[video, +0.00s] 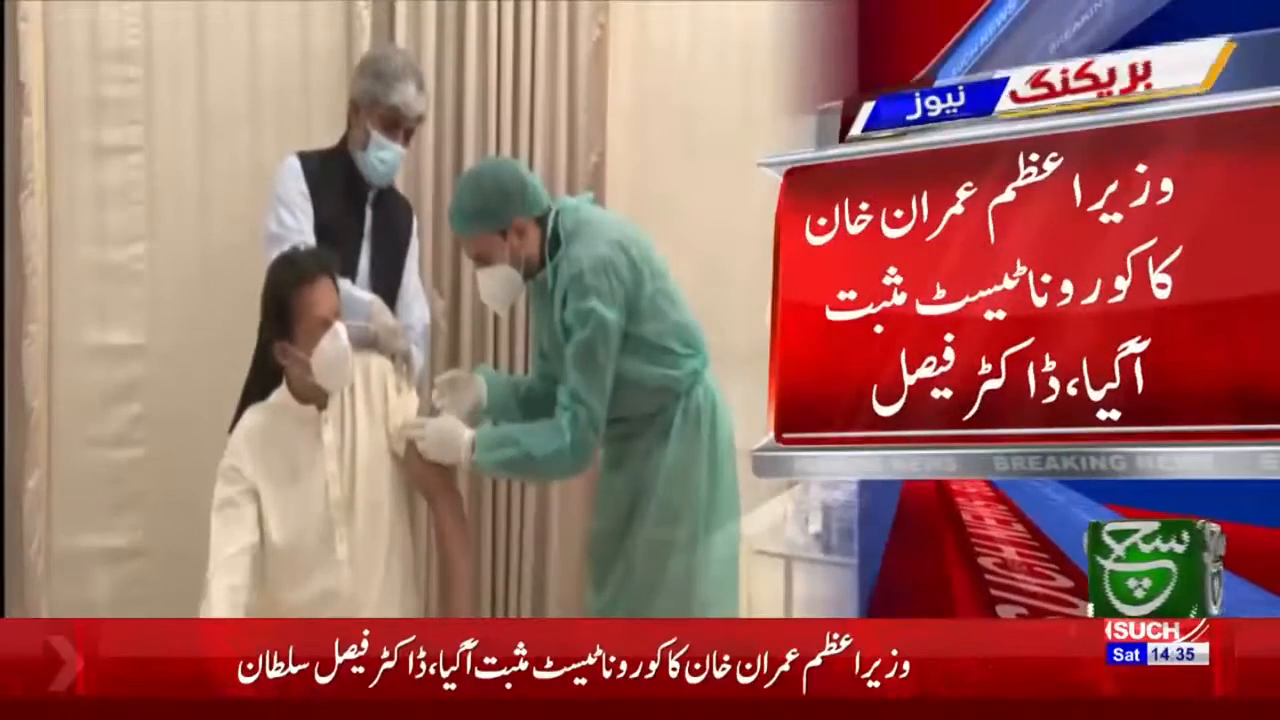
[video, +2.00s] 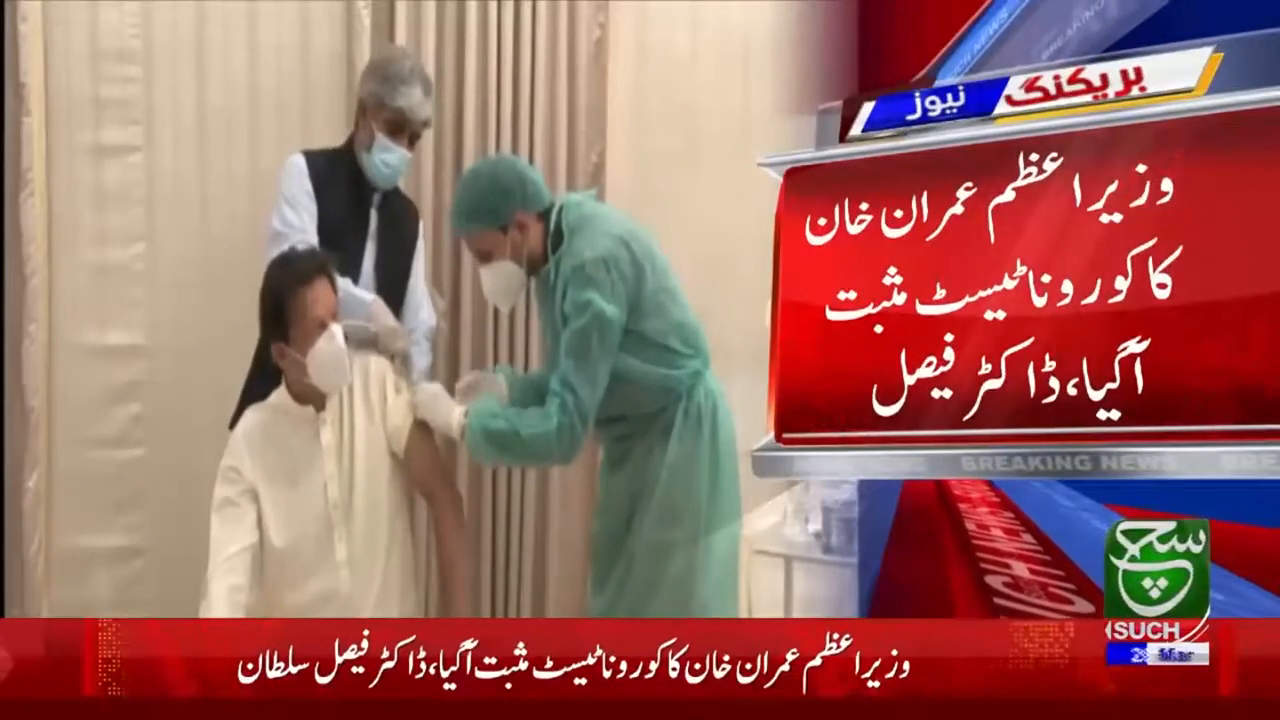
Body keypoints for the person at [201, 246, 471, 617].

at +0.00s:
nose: (340, 337)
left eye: (340, 321)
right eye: (322, 328)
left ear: (349, 320)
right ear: (284, 351)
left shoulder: (378, 382)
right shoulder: (254, 435)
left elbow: (444, 496)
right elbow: (229, 569)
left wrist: (460, 615)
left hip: (387, 615)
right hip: (292, 626)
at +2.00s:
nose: (336, 338)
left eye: (337, 322)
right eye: (319, 330)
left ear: (347, 320)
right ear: (281, 350)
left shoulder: (375, 381)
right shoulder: (253, 435)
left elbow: (442, 495)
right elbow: (229, 569)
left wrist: (459, 615)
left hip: (389, 618)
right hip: (293, 632)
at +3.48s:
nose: (337, 336)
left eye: (338, 318)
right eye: (319, 326)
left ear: (347, 316)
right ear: (281, 346)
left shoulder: (375, 381)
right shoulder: (253, 434)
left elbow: (442, 496)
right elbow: (227, 570)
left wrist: (458, 615)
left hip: (389, 618)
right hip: (293, 633)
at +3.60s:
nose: (260, 323)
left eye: (270, 303)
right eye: (238, 312)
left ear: (289, 310)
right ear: (208, 343)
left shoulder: (341, 386)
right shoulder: (178, 472)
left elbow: (431, 526)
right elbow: (153, 624)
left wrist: (457, 642)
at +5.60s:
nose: (265, 335)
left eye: (275, 313)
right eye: (244, 322)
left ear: (295, 316)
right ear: (212, 349)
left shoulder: (345, 394)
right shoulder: (179, 484)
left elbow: (431, 538)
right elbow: (159, 639)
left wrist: (454, 647)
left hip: (364, 674)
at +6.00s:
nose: (266, 337)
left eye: (275, 316)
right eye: (245, 325)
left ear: (295, 319)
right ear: (212, 351)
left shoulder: (345, 397)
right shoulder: (180, 485)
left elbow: (430, 539)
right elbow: (159, 641)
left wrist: (453, 650)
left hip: (364, 675)